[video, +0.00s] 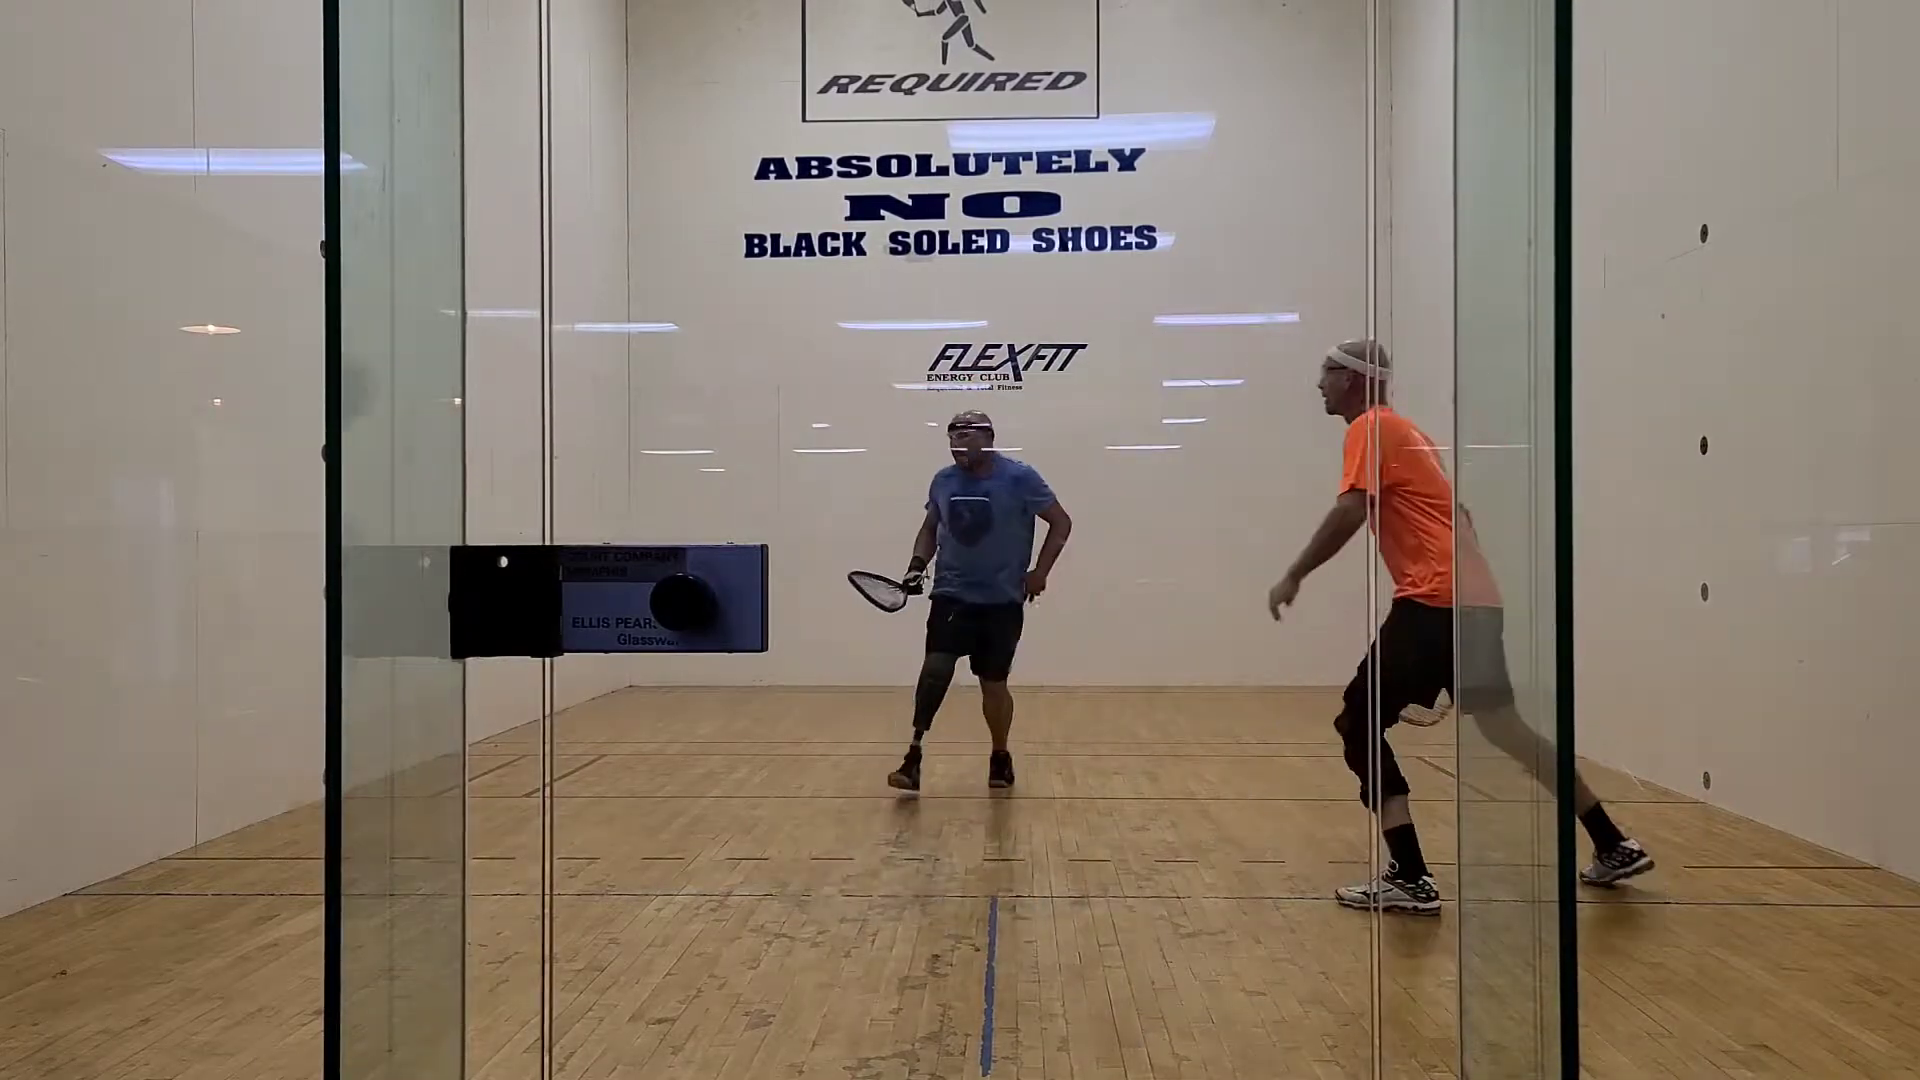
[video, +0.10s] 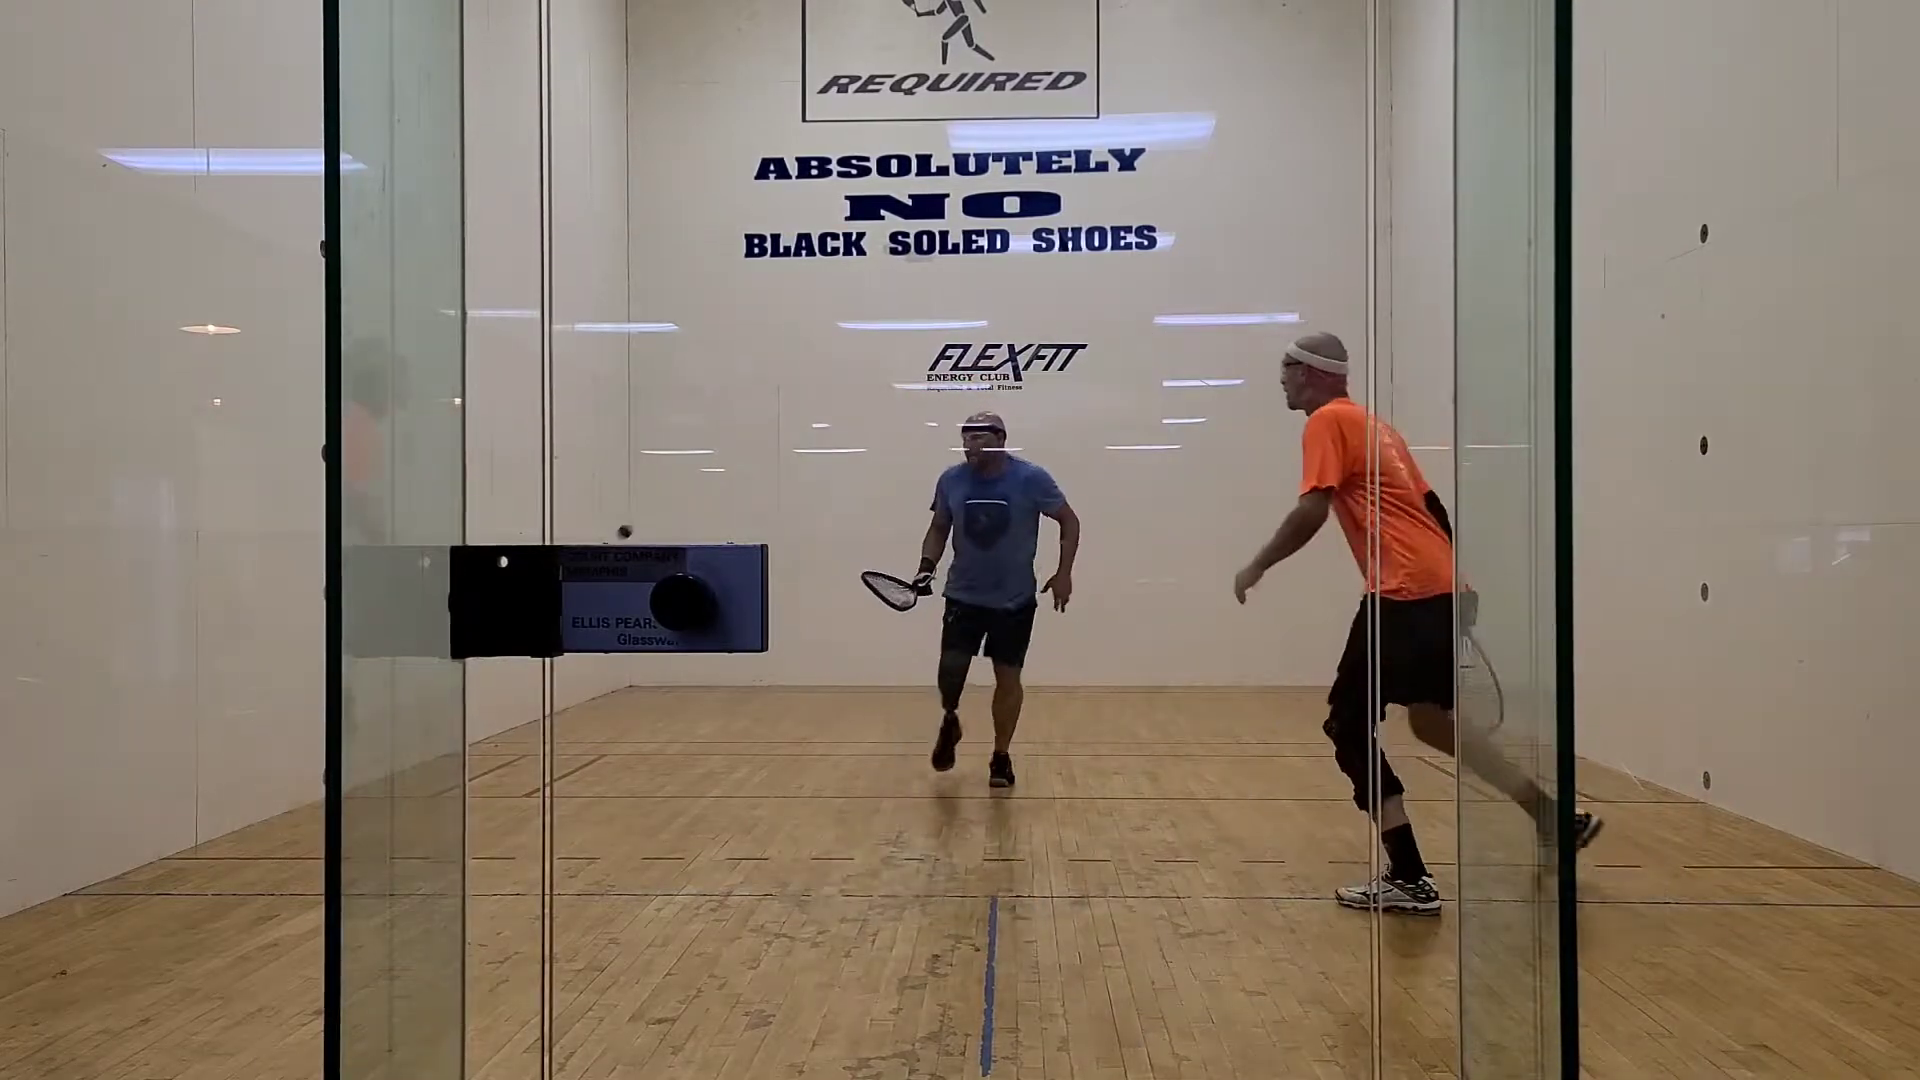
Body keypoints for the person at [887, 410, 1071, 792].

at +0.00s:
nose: (959, 450)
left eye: (966, 442)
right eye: (954, 444)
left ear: (988, 440)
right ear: (950, 445)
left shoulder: (1020, 477)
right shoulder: (945, 480)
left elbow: (1061, 522)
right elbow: (930, 528)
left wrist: (1041, 571)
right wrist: (917, 566)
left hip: (1001, 600)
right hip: (951, 597)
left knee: (993, 684)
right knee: (934, 673)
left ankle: (1000, 755)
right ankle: (913, 757)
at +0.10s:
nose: (972, 445)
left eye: (980, 438)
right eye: (968, 438)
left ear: (1000, 440)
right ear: (963, 442)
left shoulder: (1031, 479)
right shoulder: (951, 481)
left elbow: (1070, 522)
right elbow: (938, 529)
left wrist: (1064, 572)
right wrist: (927, 564)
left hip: (1013, 599)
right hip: (964, 596)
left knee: (1007, 677)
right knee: (951, 671)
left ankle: (1001, 755)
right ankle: (949, 722)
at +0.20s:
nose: (982, 445)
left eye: (991, 439)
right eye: (978, 439)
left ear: (1008, 444)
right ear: (972, 444)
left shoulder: (1038, 479)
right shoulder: (958, 484)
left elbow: (1076, 516)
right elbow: (945, 532)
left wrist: (1080, 561)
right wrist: (940, 563)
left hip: (1028, 591)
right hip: (979, 593)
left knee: (1025, 664)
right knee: (965, 672)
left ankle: (1021, 747)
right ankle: (962, 716)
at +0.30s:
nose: (987, 465)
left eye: (995, 459)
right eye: (985, 459)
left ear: (1017, 463)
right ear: (983, 464)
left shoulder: (1043, 498)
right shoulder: (971, 503)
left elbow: (1095, 523)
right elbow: (954, 545)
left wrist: (1099, 540)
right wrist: (951, 561)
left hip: (1035, 605)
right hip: (989, 608)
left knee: (1046, 675)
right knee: (977, 677)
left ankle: (1059, 729)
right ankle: (962, 735)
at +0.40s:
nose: (1012, 461)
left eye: (1021, 456)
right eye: (1010, 457)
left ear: (1040, 465)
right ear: (1007, 465)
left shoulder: (1062, 499)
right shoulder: (998, 503)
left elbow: (1104, 527)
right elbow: (974, 551)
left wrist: (1079, 519)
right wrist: (980, 526)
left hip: (1052, 607)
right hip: (1007, 605)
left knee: (1057, 678)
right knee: (985, 670)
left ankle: (1081, 713)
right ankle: (963, 733)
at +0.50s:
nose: (1048, 461)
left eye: (1055, 456)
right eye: (1045, 456)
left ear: (1073, 463)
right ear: (1040, 463)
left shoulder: (1092, 495)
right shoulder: (1037, 493)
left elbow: (1082, 519)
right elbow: (1016, 520)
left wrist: (1043, 501)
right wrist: (1028, 497)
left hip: (1075, 602)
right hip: (1033, 596)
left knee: (1068, 674)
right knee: (1009, 664)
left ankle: (1079, 726)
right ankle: (970, 730)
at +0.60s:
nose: (1070, 465)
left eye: (1077, 460)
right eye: (1068, 460)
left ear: (1095, 463)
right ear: (1065, 463)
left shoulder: (1109, 495)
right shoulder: (1058, 489)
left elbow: (1081, 520)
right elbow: (1059, 501)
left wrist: (1037, 507)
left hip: (1096, 599)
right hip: (1059, 592)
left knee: (1079, 666)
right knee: (1030, 652)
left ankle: (1077, 725)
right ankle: (1008, 719)